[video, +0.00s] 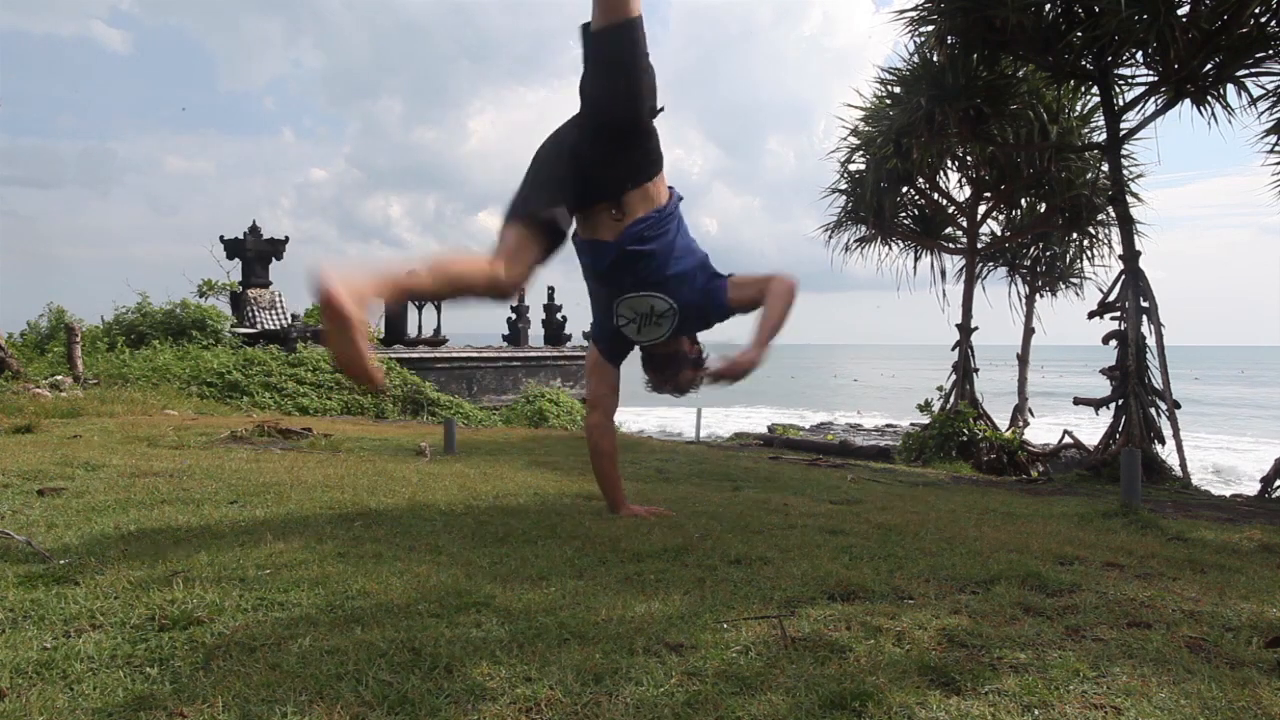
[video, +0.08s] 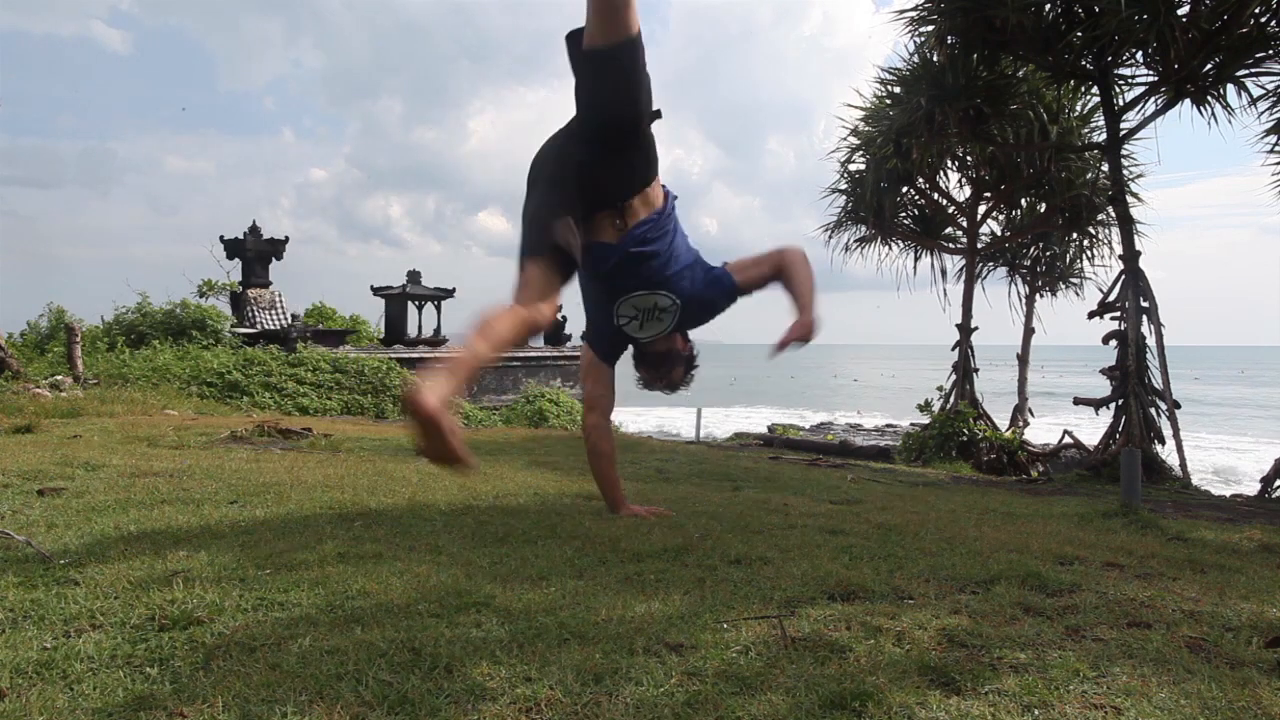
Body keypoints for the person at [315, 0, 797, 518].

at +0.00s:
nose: (666, 379)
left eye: (668, 384)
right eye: (679, 382)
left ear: (657, 360)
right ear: (694, 350)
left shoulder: (611, 334)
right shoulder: (701, 298)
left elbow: (599, 424)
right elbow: (783, 285)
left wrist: (619, 506)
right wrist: (756, 351)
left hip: (562, 166)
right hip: (628, 141)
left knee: (505, 274)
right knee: (618, 7)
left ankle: (356, 289)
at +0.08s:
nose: (651, 374)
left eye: (654, 378)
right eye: (664, 377)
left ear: (647, 357)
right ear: (685, 349)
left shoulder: (604, 335)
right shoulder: (704, 294)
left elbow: (597, 417)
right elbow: (788, 256)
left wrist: (617, 505)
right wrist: (806, 311)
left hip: (555, 169)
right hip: (619, 148)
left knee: (533, 306)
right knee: (612, 2)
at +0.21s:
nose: (640, 374)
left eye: (642, 376)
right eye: (648, 374)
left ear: (632, 348)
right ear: (665, 341)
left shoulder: (593, 339)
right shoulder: (672, 289)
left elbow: (595, 421)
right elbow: (740, 213)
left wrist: (616, 502)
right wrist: (806, 239)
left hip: (552, 185)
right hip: (621, 172)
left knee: (573, 346)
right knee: (615, 102)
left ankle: (580, 502)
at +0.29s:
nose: (647, 313)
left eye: (639, 318)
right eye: (651, 316)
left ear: (617, 318)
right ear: (650, 311)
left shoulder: (586, 305)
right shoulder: (648, 262)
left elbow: (594, 396)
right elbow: (693, 165)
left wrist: (617, 501)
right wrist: (764, 196)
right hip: (626, 152)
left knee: (579, 365)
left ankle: (596, 525)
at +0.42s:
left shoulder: (556, 269)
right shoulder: (630, 184)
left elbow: (589, 380)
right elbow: (669, 120)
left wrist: (631, 466)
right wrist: (727, 171)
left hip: (534, 195)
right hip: (605, 170)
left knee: (571, 371)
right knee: (662, 334)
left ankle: (596, 527)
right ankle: (655, 452)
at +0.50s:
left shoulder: (526, 199)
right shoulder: (624, 140)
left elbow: (540, 311)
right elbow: (671, 97)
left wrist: (596, 394)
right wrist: (703, 177)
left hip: (548, 183)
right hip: (627, 167)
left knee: (569, 367)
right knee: (659, 338)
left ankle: (596, 528)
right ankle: (686, 503)